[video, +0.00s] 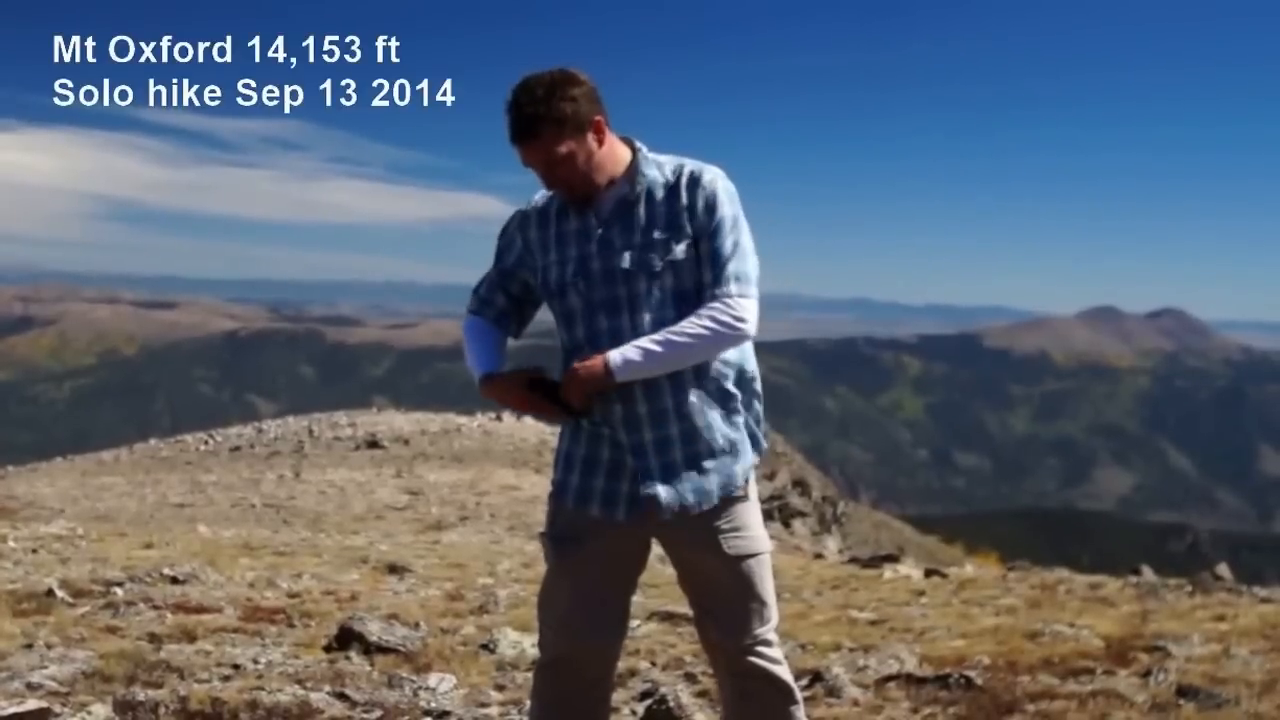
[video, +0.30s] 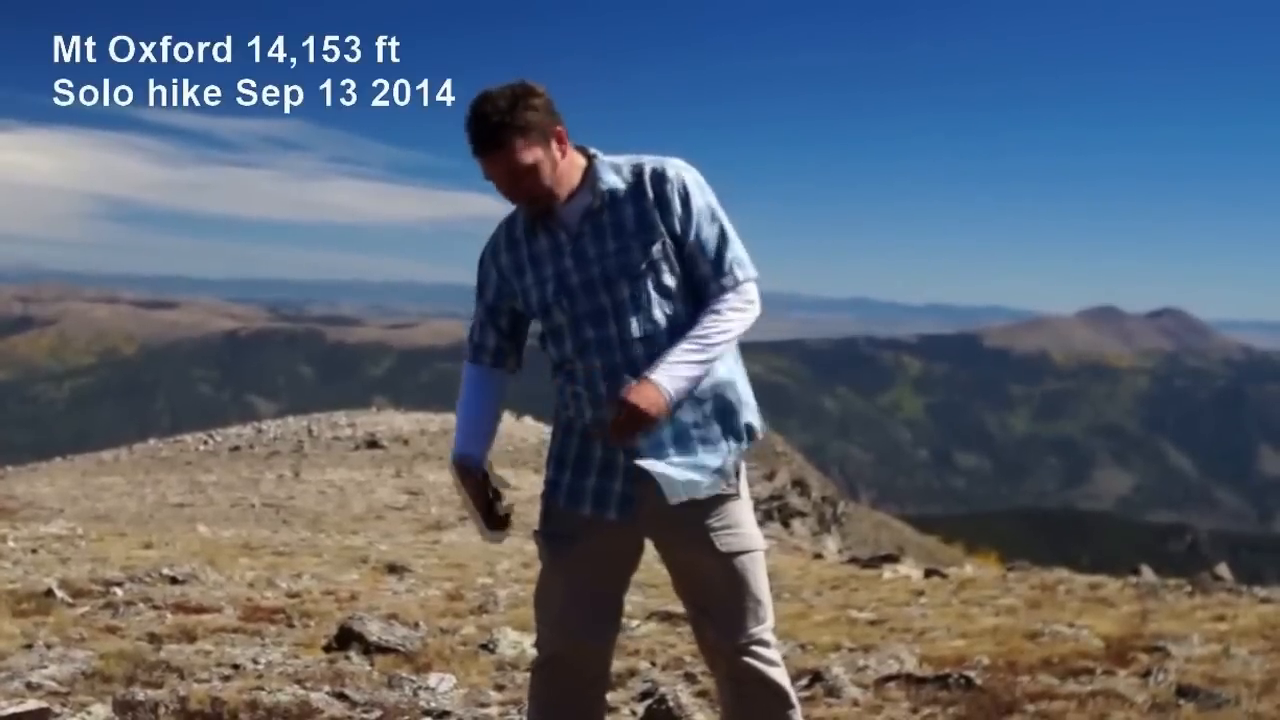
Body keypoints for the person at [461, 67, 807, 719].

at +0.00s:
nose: (550, 180)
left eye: (558, 161)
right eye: (537, 168)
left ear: (597, 133)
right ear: (526, 158)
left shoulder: (699, 191)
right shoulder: (534, 231)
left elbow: (734, 315)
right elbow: (486, 316)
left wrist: (611, 365)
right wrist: (493, 378)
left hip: (705, 463)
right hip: (595, 468)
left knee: (751, 663)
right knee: (569, 668)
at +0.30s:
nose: (514, 193)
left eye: (522, 173)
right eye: (499, 181)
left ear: (560, 144)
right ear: (484, 172)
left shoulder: (665, 186)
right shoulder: (509, 249)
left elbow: (739, 295)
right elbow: (488, 361)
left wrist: (665, 381)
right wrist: (468, 456)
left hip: (697, 458)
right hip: (587, 471)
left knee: (746, 658)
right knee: (566, 666)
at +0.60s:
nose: (542, 170)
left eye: (549, 149)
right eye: (522, 162)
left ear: (574, 135)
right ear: (504, 169)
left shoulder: (669, 186)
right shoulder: (509, 270)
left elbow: (752, 271)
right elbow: (501, 394)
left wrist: (779, 393)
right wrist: (484, 505)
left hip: (706, 462)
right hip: (595, 479)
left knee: (751, 665)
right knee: (568, 678)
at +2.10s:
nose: (461, 239)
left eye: (469, 221)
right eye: (445, 229)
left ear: (499, 180)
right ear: (427, 211)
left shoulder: (601, 189)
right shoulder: (437, 278)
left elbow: (684, 273)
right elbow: (419, 389)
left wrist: (706, 392)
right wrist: (425, 490)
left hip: (648, 440)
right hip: (541, 463)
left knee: (696, 643)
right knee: (543, 666)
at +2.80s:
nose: (449, 206)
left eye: (457, 185)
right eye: (432, 194)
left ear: (489, 154)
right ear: (415, 186)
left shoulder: (591, 191)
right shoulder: (431, 273)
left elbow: (673, 278)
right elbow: (435, 385)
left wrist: (693, 396)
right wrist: (444, 486)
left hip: (633, 449)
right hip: (527, 469)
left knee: (669, 641)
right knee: (536, 653)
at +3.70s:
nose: (487, 171)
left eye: (496, 152)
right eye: (468, 160)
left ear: (520, 134)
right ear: (444, 158)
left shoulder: (606, 187)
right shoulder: (436, 255)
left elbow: (679, 285)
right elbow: (438, 367)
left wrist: (700, 406)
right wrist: (462, 468)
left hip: (641, 445)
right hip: (530, 460)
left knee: (686, 640)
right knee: (540, 656)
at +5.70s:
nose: (631, 164)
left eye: (638, 151)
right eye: (620, 152)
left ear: (643, 137)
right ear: (572, 135)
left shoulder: (672, 208)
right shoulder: (494, 213)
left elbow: (712, 327)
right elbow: (455, 323)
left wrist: (750, 425)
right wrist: (441, 413)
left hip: (649, 464)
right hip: (536, 467)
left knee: (698, 649)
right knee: (522, 661)